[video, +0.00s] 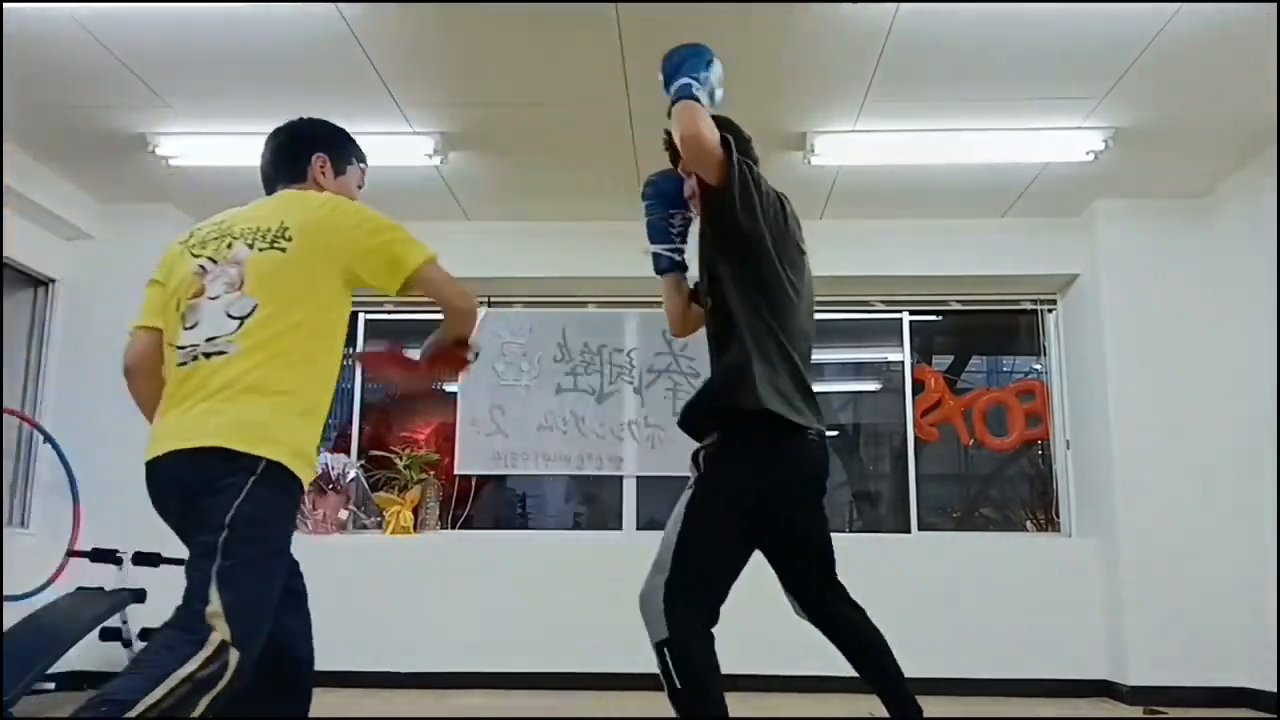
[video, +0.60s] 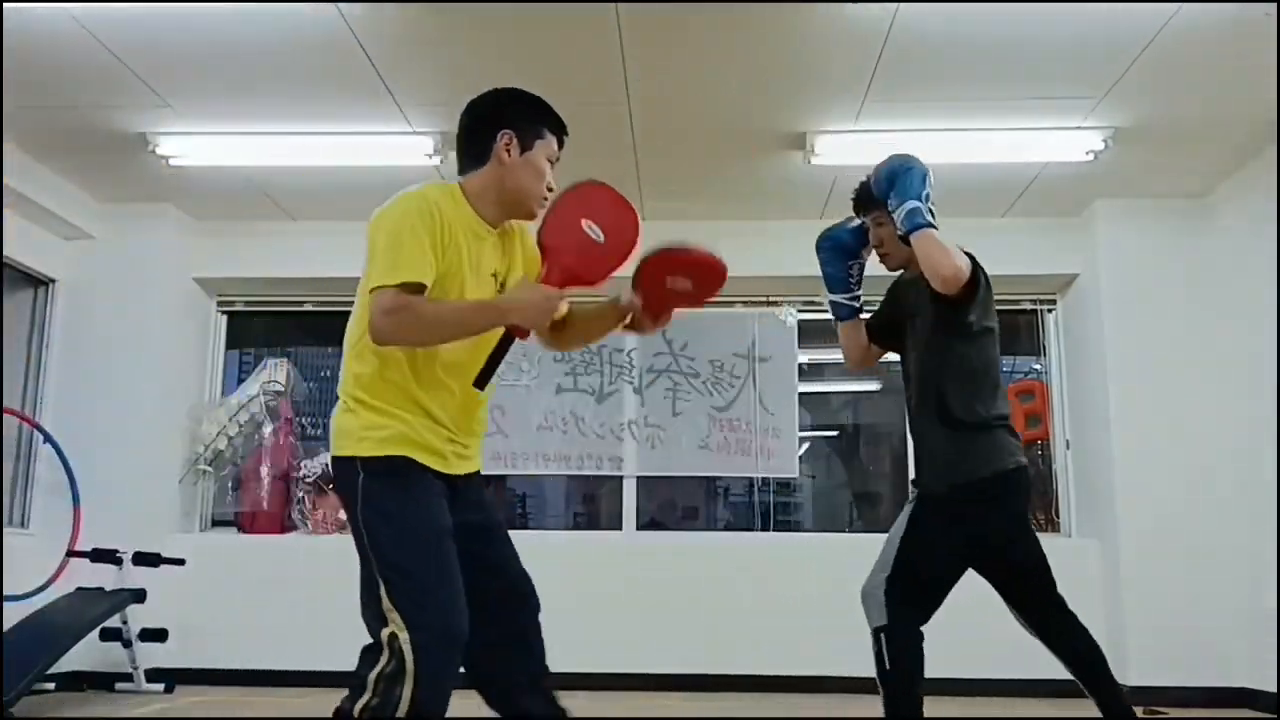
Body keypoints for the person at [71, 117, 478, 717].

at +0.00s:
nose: (359, 199)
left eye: (362, 187)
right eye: (356, 183)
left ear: (274, 177)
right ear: (321, 169)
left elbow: (141, 360)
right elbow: (463, 307)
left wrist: (187, 436)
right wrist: (441, 351)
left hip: (171, 462)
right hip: (253, 453)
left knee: (285, 638)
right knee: (213, 635)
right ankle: (102, 713)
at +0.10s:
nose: (404, 207)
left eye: (406, 191)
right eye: (401, 187)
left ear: (334, 180)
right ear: (365, 175)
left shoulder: (240, 246)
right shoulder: (364, 222)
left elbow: (206, 368)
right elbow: (384, 308)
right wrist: (421, 415)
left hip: (211, 446)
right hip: (278, 443)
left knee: (305, 636)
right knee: (271, 628)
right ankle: (163, 711)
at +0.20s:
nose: (451, 180)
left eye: (454, 166)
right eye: (447, 160)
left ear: (408, 151)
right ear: (406, 146)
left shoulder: (366, 233)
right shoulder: (368, 185)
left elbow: (306, 350)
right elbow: (295, 220)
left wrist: (384, 395)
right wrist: (384, 305)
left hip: (302, 426)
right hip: (283, 418)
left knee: (325, 609)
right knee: (312, 603)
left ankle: (294, 711)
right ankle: (248, 711)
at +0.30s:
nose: (477, 144)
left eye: (480, 132)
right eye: (471, 125)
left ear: (430, 119)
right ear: (428, 111)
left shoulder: (425, 229)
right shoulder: (355, 148)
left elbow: (479, 278)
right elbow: (258, 191)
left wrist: (523, 285)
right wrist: (365, 204)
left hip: (353, 415)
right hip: (303, 395)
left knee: (322, 620)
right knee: (352, 623)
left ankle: (272, 711)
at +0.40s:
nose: (499, 132)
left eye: (501, 120)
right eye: (492, 113)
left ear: (451, 110)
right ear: (447, 102)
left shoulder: (465, 201)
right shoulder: (367, 149)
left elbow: (538, 213)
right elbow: (293, 222)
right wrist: (419, 210)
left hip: (392, 414)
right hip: (327, 403)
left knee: (403, 591)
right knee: (360, 602)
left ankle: (316, 700)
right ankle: (323, 710)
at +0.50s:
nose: (521, 152)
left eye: (524, 139)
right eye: (515, 133)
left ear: (476, 128)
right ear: (473, 123)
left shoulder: (495, 212)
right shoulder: (394, 183)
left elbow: (574, 236)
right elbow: (369, 284)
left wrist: (643, 197)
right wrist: (482, 256)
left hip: (421, 441)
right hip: (346, 431)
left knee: (462, 594)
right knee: (388, 619)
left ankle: (411, 710)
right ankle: (339, 711)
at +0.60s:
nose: (555, 183)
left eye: (558, 168)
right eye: (550, 162)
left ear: (511, 153)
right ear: (507, 148)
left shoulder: (523, 239)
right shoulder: (416, 213)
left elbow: (558, 331)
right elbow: (388, 321)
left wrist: (621, 311)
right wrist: (505, 309)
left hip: (455, 456)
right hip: (382, 446)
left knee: (508, 610)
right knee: (426, 630)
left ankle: (534, 712)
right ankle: (367, 713)